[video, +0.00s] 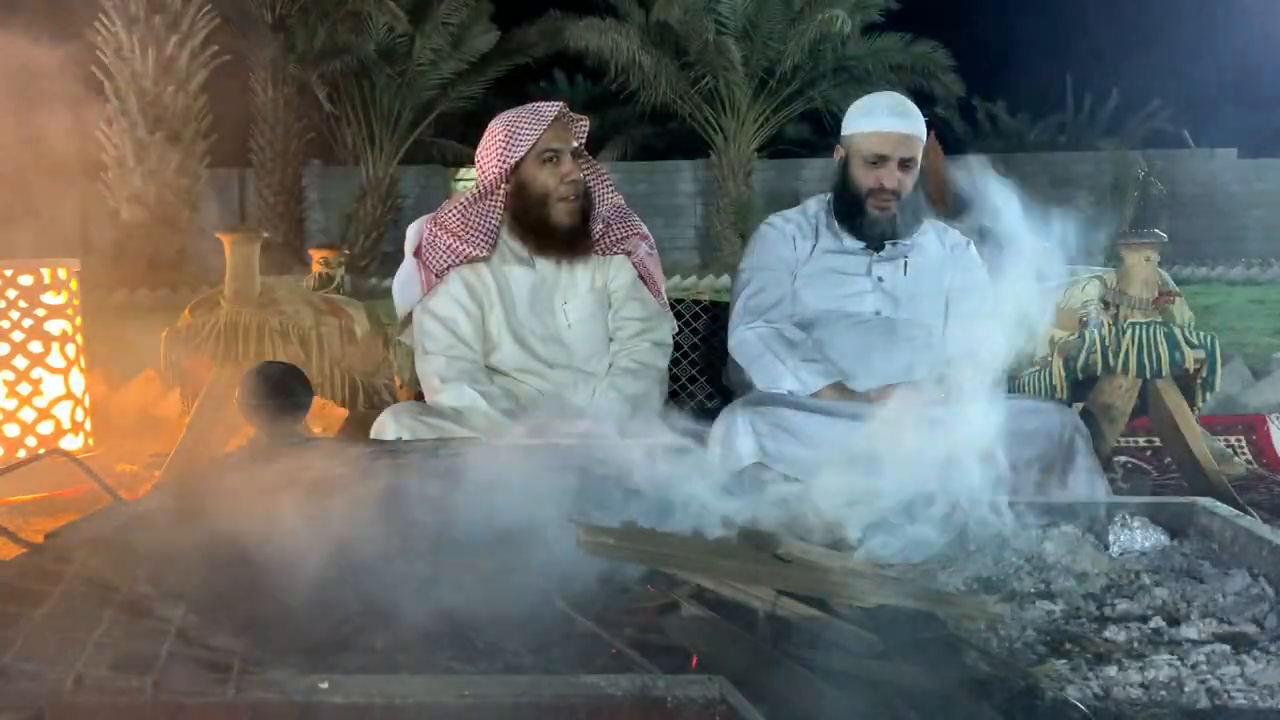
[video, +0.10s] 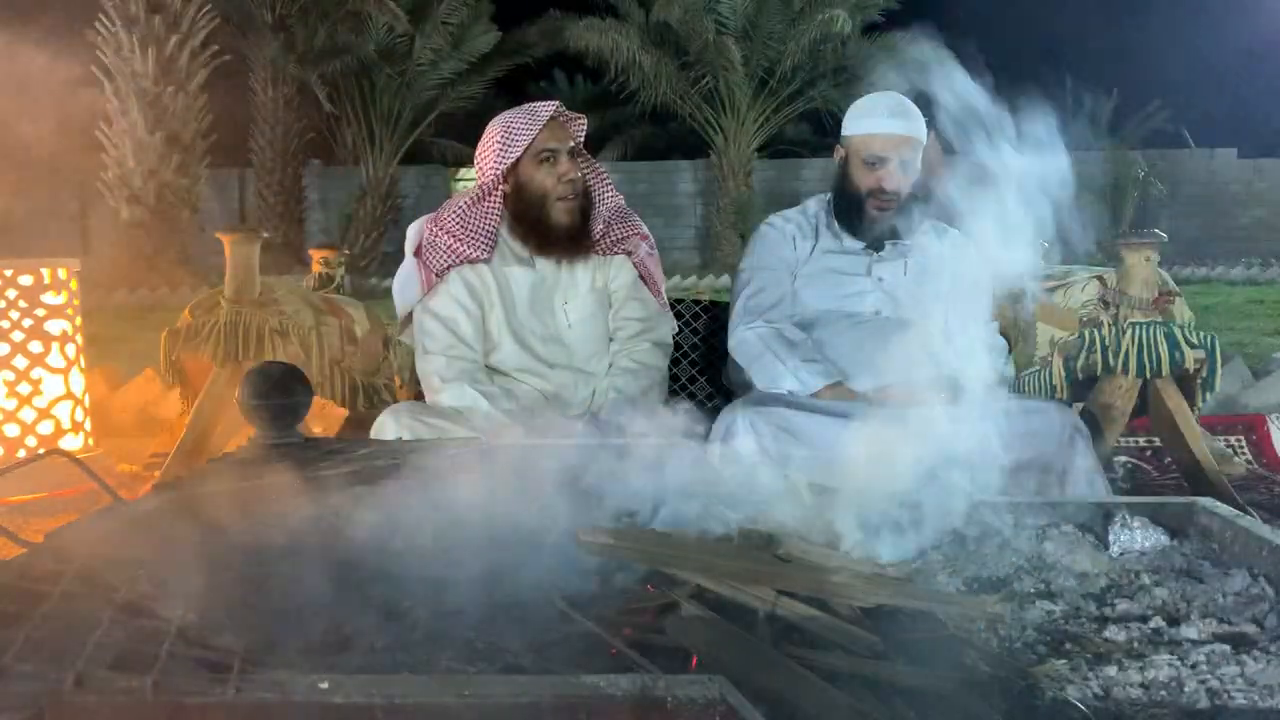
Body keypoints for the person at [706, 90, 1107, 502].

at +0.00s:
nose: (889, 181)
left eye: (904, 166)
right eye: (874, 162)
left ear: (919, 170)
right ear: (842, 155)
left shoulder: (953, 250)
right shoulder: (786, 236)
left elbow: (980, 354)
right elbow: (755, 337)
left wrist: (928, 399)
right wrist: (845, 401)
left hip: (931, 422)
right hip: (821, 422)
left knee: (1057, 427)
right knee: (742, 426)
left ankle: (1081, 575)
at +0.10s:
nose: (891, 184)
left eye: (906, 167)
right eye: (875, 163)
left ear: (921, 171)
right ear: (842, 157)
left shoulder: (954, 252)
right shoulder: (785, 236)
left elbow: (987, 351)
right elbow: (754, 340)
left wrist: (939, 394)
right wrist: (846, 399)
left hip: (937, 422)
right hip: (826, 422)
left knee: (1058, 428)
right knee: (743, 427)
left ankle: (1089, 579)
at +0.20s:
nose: (889, 179)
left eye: (903, 164)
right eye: (875, 162)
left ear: (919, 167)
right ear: (842, 161)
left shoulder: (951, 248)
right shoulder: (788, 234)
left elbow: (985, 344)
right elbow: (753, 329)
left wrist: (936, 383)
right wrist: (815, 390)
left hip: (930, 419)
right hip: (823, 420)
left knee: (1056, 428)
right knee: (736, 428)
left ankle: (1088, 575)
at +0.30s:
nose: (885, 179)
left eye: (900, 164)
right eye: (873, 161)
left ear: (917, 170)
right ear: (847, 160)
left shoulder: (951, 250)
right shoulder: (790, 238)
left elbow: (983, 344)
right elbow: (757, 343)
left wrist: (942, 382)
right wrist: (818, 389)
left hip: (926, 420)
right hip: (815, 417)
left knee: (1054, 429)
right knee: (739, 431)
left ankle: (1088, 580)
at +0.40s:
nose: (890, 185)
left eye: (904, 169)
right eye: (874, 166)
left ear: (918, 170)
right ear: (844, 161)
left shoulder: (952, 250)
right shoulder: (788, 237)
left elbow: (980, 344)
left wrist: (937, 389)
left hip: (931, 417)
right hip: (824, 414)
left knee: (1056, 429)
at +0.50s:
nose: (890, 184)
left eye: (905, 167)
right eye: (874, 165)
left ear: (920, 169)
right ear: (840, 159)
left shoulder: (952, 250)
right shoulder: (787, 235)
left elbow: (982, 344)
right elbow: (758, 348)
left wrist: (938, 389)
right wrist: (831, 397)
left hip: (934, 417)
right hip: (827, 412)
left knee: (1055, 426)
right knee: (745, 434)